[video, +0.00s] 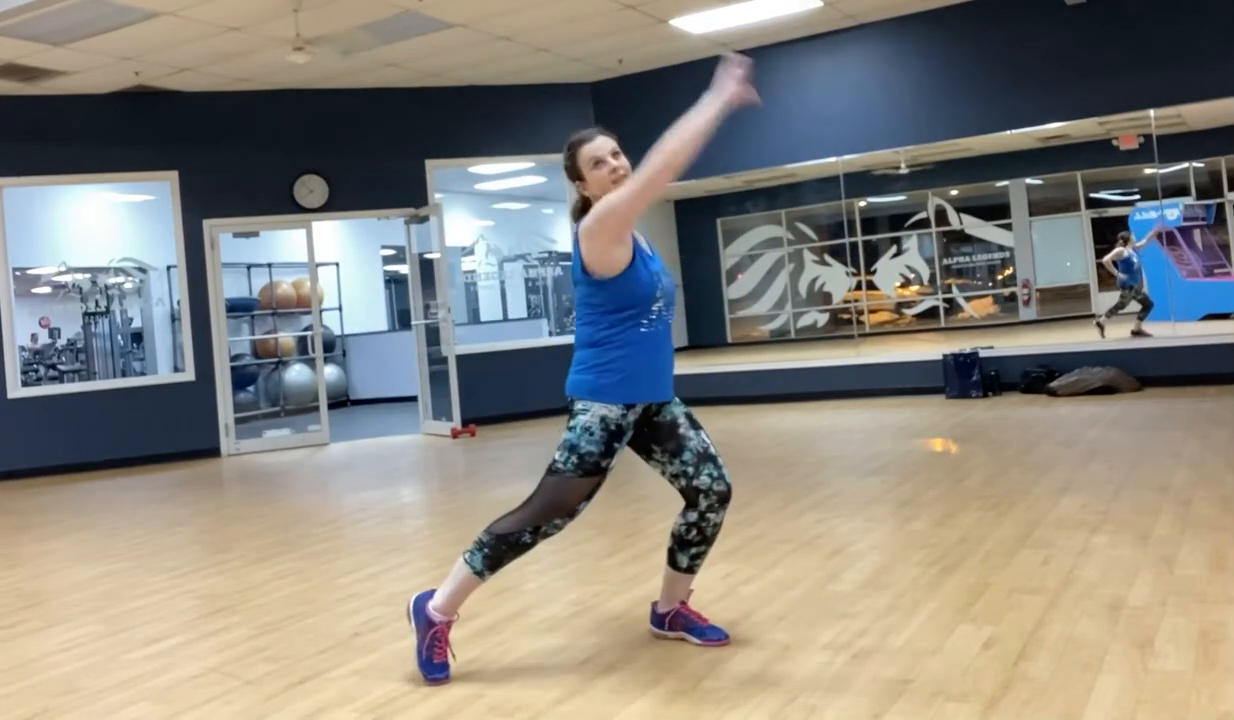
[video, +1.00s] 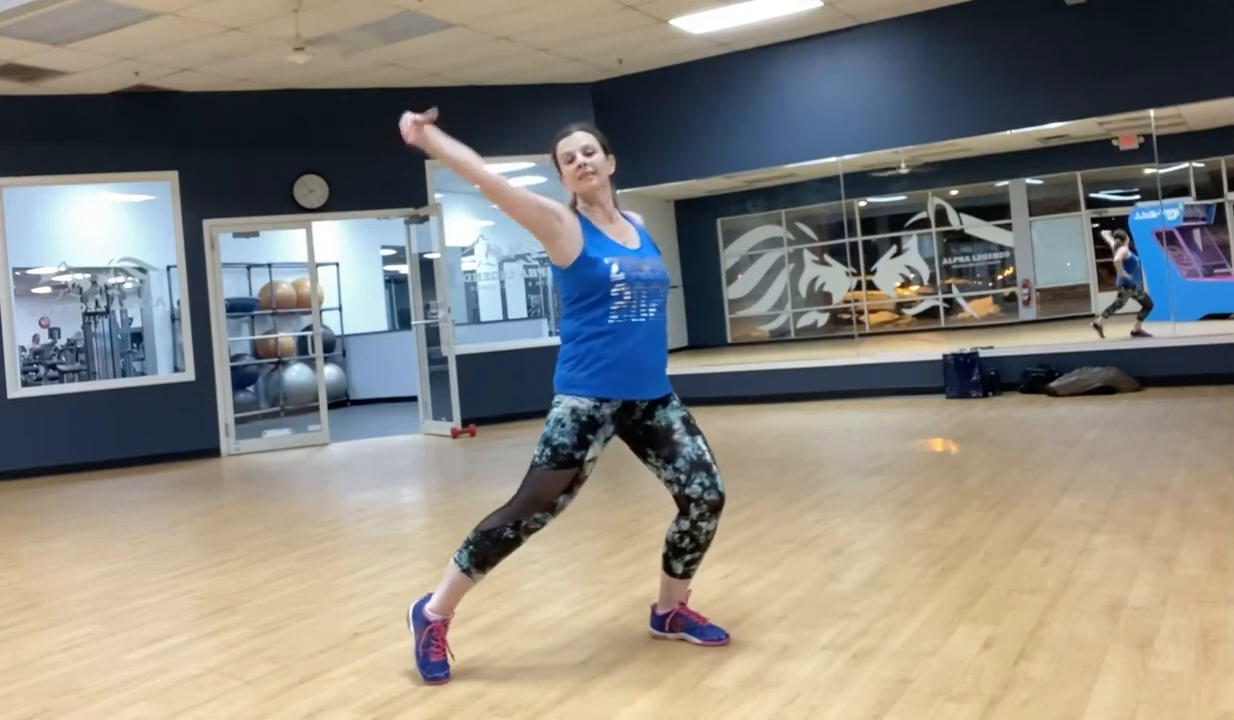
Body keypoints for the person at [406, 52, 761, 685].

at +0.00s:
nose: (617, 164)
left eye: (618, 154)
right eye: (601, 162)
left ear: (626, 160)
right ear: (580, 182)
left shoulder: (621, 224)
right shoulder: (600, 227)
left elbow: (667, 163)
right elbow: (665, 164)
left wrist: (713, 103)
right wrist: (719, 96)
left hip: (653, 399)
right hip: (605, 402)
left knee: (711, 489)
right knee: (552, 509)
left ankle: (672, 607)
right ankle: (437, 609)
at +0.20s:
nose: (607, 157)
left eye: (605, 149)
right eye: (594, 153)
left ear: (611, 165)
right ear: (575, 176)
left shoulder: (626, 226)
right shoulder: (584, 228)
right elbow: (596, 133)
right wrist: (613, 47)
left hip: (652, 399)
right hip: (599, 402)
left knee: (708, 494)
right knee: (544, 512)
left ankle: (671, 608)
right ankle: (437, 611)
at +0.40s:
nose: (584, 156)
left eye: (588, 146)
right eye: (569, 155)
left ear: (608, 160)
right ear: (561, 180)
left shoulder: (626, 222)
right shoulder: (573, 228)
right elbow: (546, 144)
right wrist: (526, 61)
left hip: (653, 397)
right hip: (596, 401)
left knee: (707, 495)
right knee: (541, 511)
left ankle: (671, 608)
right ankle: (437, 612)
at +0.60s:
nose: (579, 159)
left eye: (585, 149)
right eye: (565, 158)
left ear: (605, 161)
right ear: (557, 180)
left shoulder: (629, 226)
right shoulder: (569, 230)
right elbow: (521, 147)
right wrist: (484, 60)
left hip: (652, 397)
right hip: (594, 402)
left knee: (708, 495)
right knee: (540, 509)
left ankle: (671, 608)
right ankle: (435, 612)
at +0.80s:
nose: (579, 161)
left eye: (584, 151)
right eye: (566, 160)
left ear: (605, 162)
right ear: (560, 180)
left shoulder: (631, 227)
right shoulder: (564, 228)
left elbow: (633, 303)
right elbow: (502, 161)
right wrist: (439, 88)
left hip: (653, 396)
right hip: (592, 399)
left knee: (707, 494)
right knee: (544, 501)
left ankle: (671, 610)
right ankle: (432, 613)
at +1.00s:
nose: (580, 161)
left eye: (588, 151)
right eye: (568, 159)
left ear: (609, 161)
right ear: (561, 176)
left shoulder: (634, 226)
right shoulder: (562, 225)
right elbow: (488, 180)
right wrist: (428, 137)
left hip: (651, 394)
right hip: (587, 397)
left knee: (705, 496)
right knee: (535, 507)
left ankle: (670, 609)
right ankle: (434, 612)